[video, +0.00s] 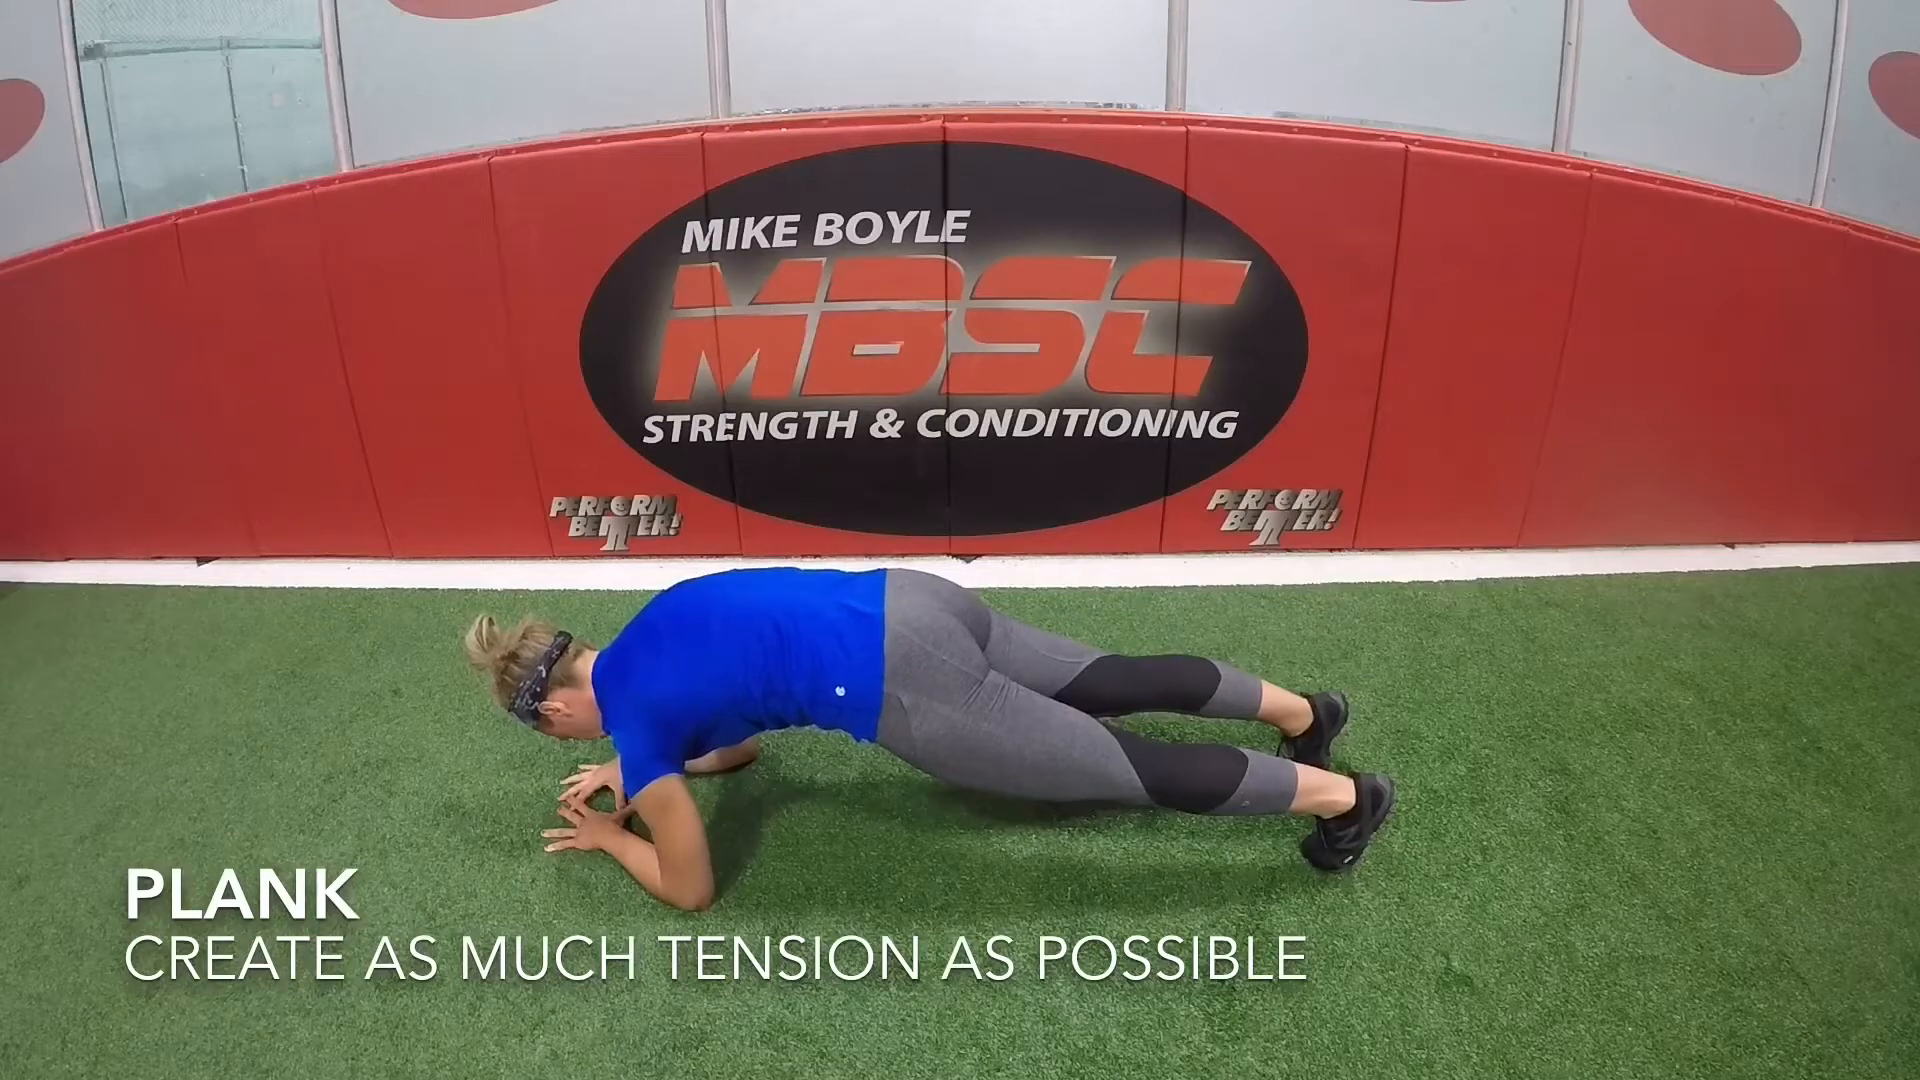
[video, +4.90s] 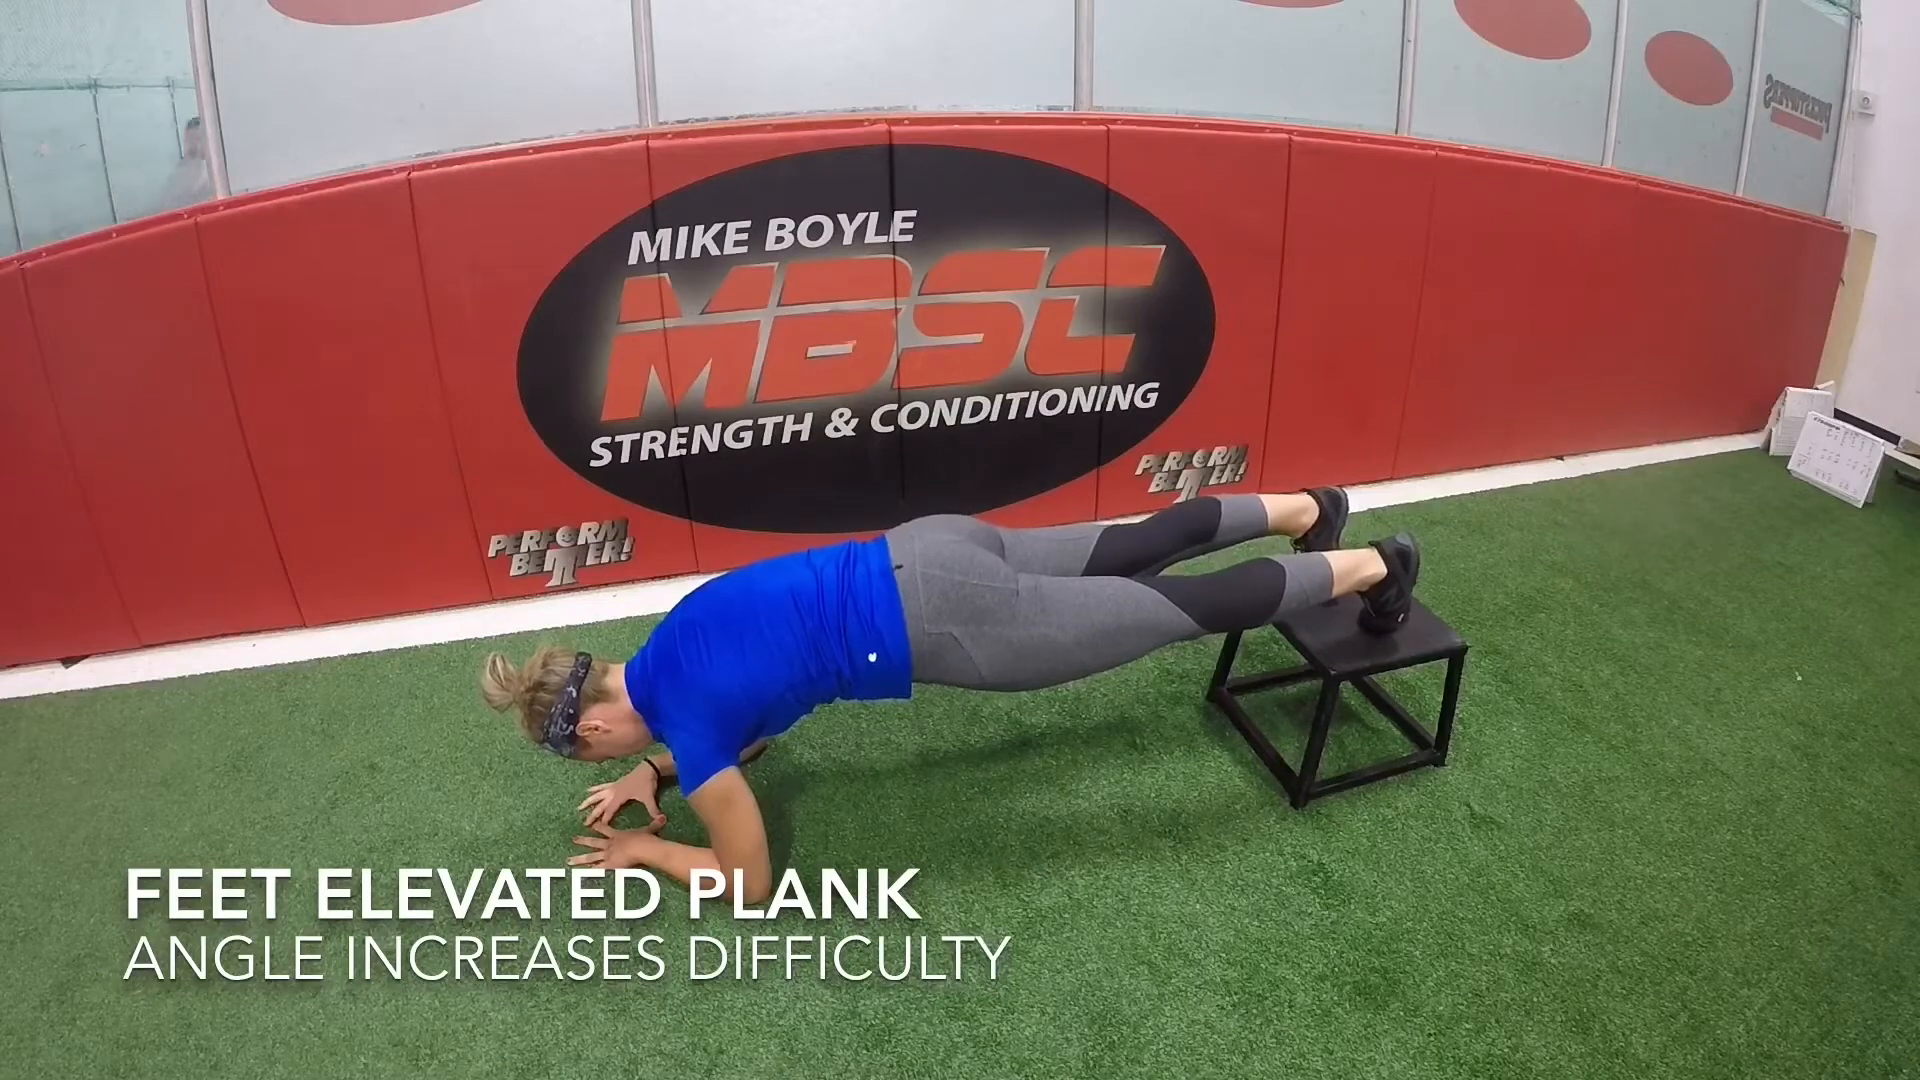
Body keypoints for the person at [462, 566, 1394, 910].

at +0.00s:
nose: (570, 737)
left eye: (555, 731)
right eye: (559, 731)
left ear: (562, 700)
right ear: (576, 650)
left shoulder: (633, 718)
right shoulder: (657, 613)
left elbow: (687, 885)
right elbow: (738, 744)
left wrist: (615, 841)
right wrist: (639, 778)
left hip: (899, 688)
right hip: (914, 592)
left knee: (1131, 769)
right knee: (1105, 678)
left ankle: (1341, 795)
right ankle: (1307, 715)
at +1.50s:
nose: (582, 744)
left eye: (564, 732)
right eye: (569, 734)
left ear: (575, 703)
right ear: (581, 660)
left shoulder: (650, 711)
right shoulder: (653, 627)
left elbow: (739, 878)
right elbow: (739, 759)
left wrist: (629, 852)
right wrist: (649, 782)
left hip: (897, 681)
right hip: (906, 583)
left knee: (1106, 774)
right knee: (1082, 670)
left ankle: (1325, 791)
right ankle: (1283, 706)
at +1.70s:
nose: (594, 755)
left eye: (578, 741)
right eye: (580, 745)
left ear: (592, 707)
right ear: (589, 677)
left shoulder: (681, 720)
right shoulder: (658, 640)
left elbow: (744, 880)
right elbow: (746, 756)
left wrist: (641, 858)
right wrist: (659, 808)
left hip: (926, 626)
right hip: (905, 544)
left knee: (1147, 611)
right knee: (1101, 556)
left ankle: (1330, 572)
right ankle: (1260, 514)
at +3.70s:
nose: (609, 752)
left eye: (593, 743)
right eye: (597, 745)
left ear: (602, 710)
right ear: (601, 670)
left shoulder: (689, 717)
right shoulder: (673, 629)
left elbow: (748, 878)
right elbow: (749, 741)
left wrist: (645, 852)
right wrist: (660, 792)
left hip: (942, 629)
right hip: (921, 540)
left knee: (1176, 607)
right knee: (1119, 544)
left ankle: (1346, 566)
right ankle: (1276, 508)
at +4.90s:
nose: (609, 755)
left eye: (593, 746)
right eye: (597, 748)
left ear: (601, 711)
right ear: (600, 673)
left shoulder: (689, 719)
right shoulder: (670, 631)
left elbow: (746, 878)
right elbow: (749, 736)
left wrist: (646, 851)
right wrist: (660, 792)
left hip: (935, 626)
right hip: (918, 539)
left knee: (1165, 613)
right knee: (1114, 547)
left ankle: (1345, 570)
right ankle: (1274, 507)